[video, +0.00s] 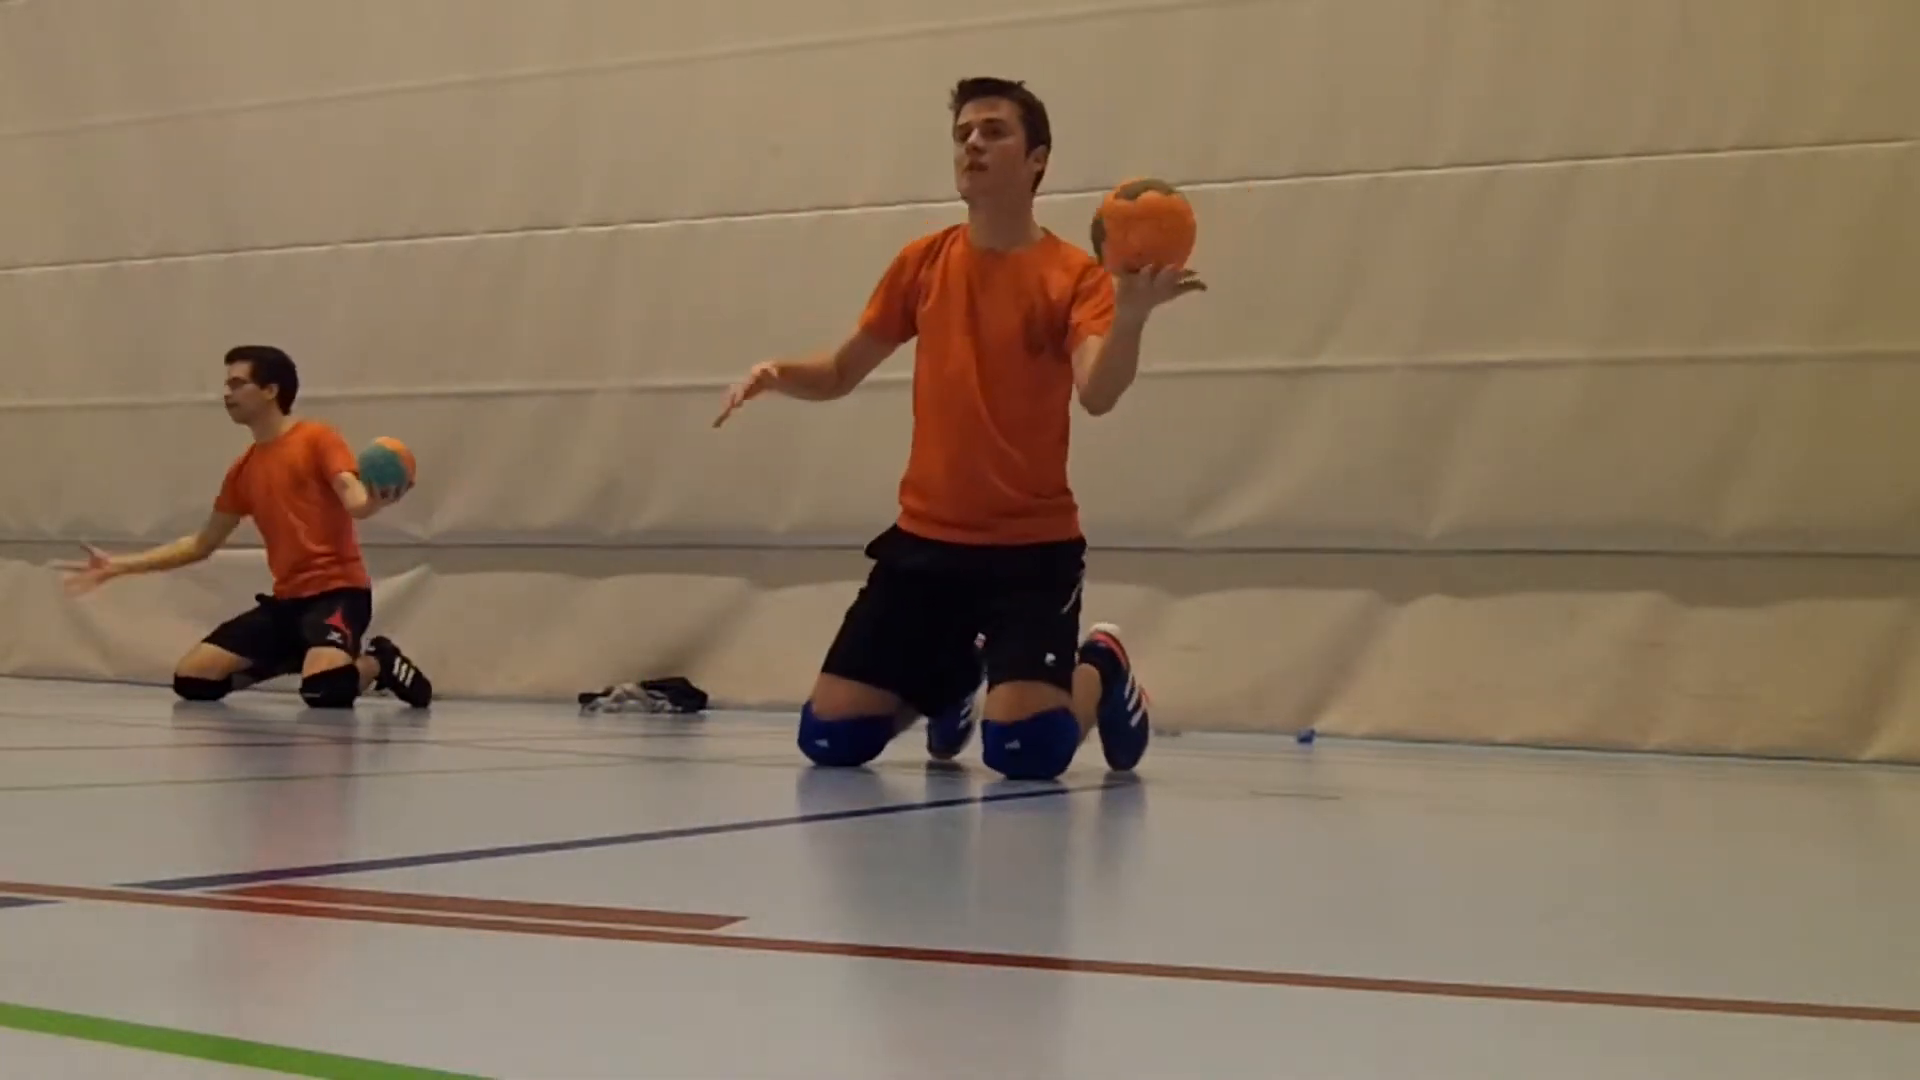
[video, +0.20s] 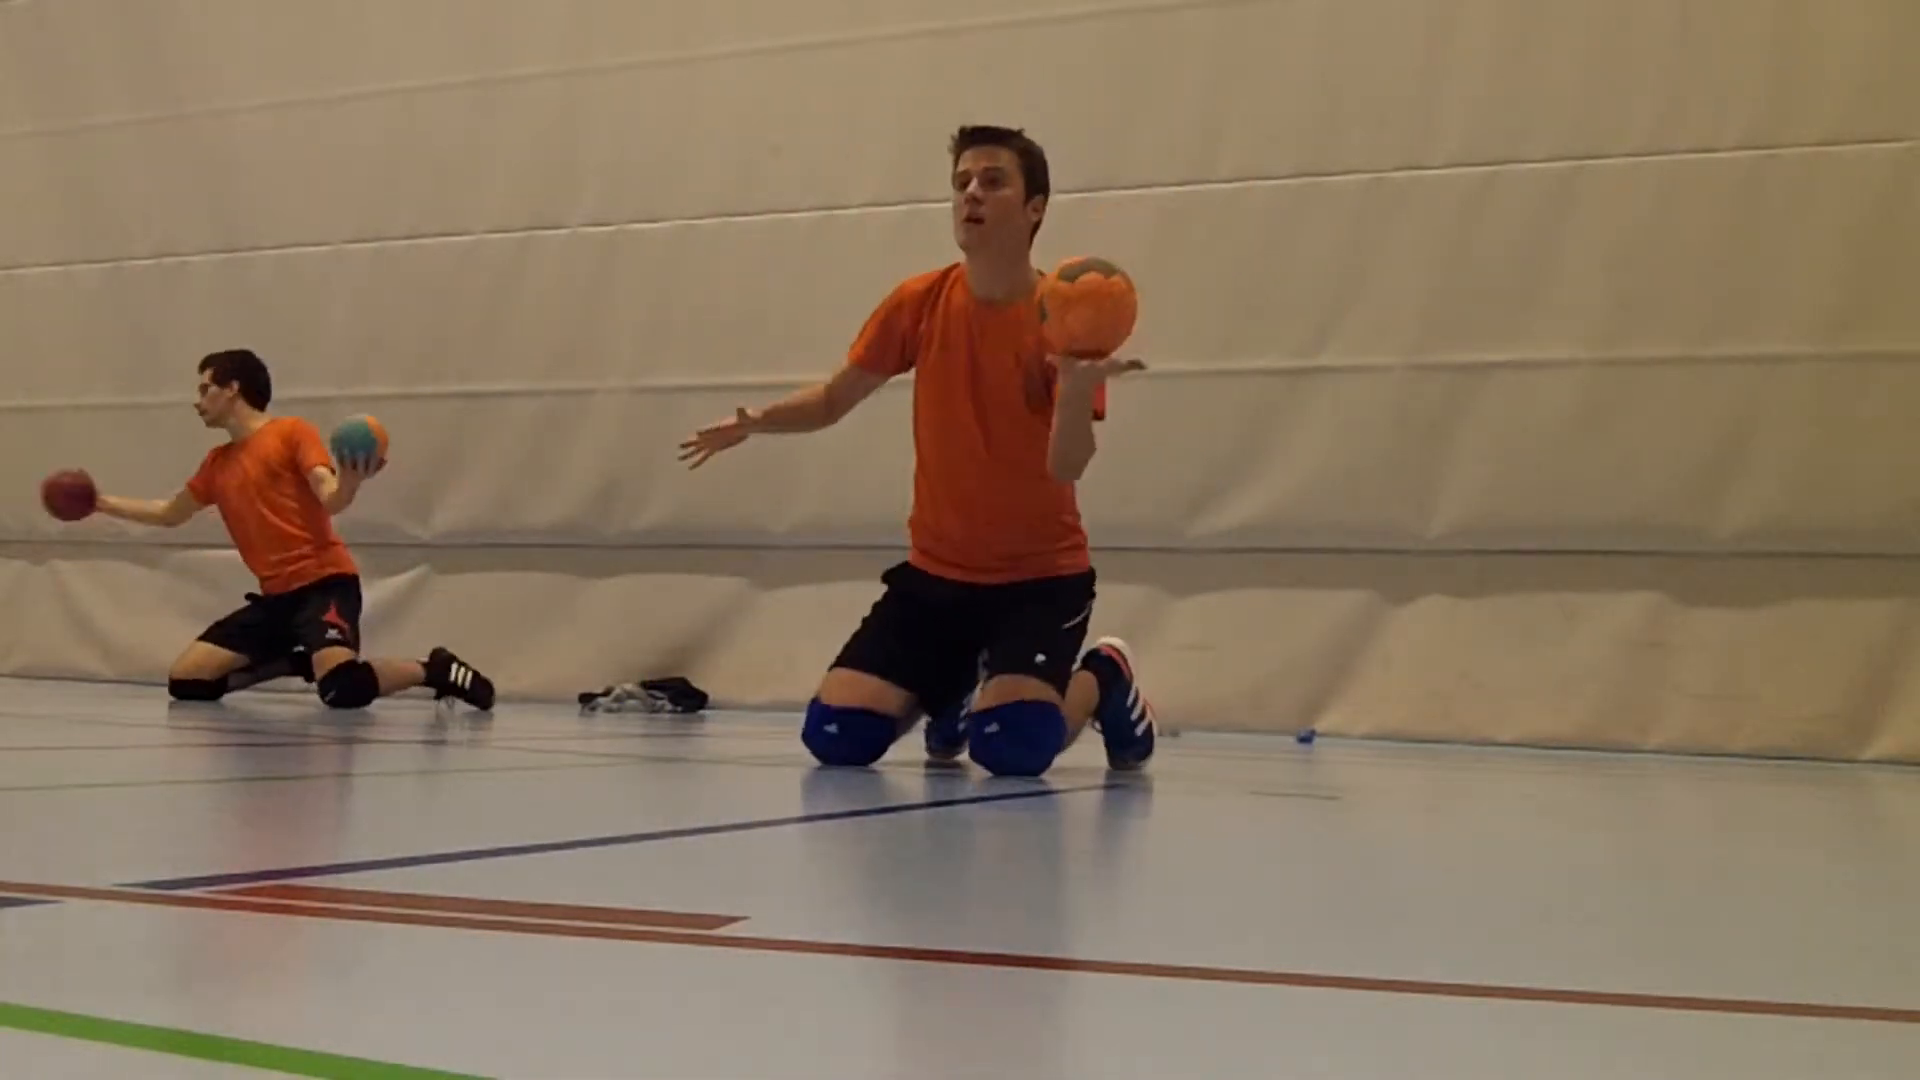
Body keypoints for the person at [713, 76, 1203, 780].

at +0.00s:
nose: (972, 143)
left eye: (994, 130)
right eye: (963, 134)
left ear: (1037, 162)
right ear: (952, 160)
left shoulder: (1075, 276)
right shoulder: (925, 263)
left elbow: (1099, 394)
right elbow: (840, 371)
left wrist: (1130, 318)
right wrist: (780, 373)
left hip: (1033, 546)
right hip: (925, 539)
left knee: (1023, 754)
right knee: (829, 739)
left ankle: (1102, 669)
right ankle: (950, 675)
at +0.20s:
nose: (971, 194)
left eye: (993, 181)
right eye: (962, 182)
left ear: (1034, 209)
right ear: (951, 203)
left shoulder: (1067, 320)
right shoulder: (920, 304)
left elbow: (1067, 465)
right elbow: (831, 401)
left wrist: (1077, 376)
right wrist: (757, 421)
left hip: (1041, 580)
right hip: (936, 574)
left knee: (1008, 750)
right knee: (834, 738)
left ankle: (1105, 677)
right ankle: (949, 685)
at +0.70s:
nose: (904, 223)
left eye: (926, 209)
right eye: (898, 212)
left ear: (972, 234)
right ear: (892, 232)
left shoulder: (1015, 337)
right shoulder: (870, 339)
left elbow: (1046, 463)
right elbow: (760, 428)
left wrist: (1046, 383)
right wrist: (696, 391)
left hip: (1009, 595)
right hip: (903, 595)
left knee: (1035, 754)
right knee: (749, 723)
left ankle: (1090, 688)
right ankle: (924, 677)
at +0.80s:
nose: (844, 221)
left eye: (864, 207)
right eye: (839, 209)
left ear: (914, 229)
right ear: (835, 231)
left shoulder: (967, 326)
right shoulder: (817, 330)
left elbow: (1012, 427)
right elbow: (684, 382)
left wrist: (1033, 358)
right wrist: (581, 340)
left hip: (977, 582)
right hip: (873, 591)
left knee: (1021, 753)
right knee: (734, 727)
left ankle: (1097, 686)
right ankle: (905, 679)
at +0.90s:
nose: (787, 209)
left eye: (804, 193)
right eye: (783, 196)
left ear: (858, 208)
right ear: (785, 214)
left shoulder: (917, 303)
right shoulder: (765, 309)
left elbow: (968, 397)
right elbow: (642, 381)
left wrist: (995, 330)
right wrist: (516, 380)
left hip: (930, 560)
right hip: (829, 574)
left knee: (991, 742)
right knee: (710, 729)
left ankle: (1112, 694)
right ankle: (875, 677)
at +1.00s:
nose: (739, 185)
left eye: (756, 170)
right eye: (737, 171)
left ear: (809, 183)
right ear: (743, 184)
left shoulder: (868, 282)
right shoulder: (729, 287)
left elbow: (924, 384)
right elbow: (698, 411)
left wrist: (950, 318)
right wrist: (635, 451)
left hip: (875, 536)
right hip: (777, 546)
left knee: (952, 726)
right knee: (672, 727)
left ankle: (1107, 701)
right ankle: (852, 685)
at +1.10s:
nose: (693, 177)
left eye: (711, 162)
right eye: (692, 163)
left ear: (766, 176)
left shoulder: (822, 275)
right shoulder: (691, 285)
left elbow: (877, 391)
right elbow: (715, 393)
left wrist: (897, 334)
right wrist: (677, 459)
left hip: (833, 530)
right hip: (740, 538)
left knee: (883, 726)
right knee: (655, 728)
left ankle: (1055, 711)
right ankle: (824, 678)